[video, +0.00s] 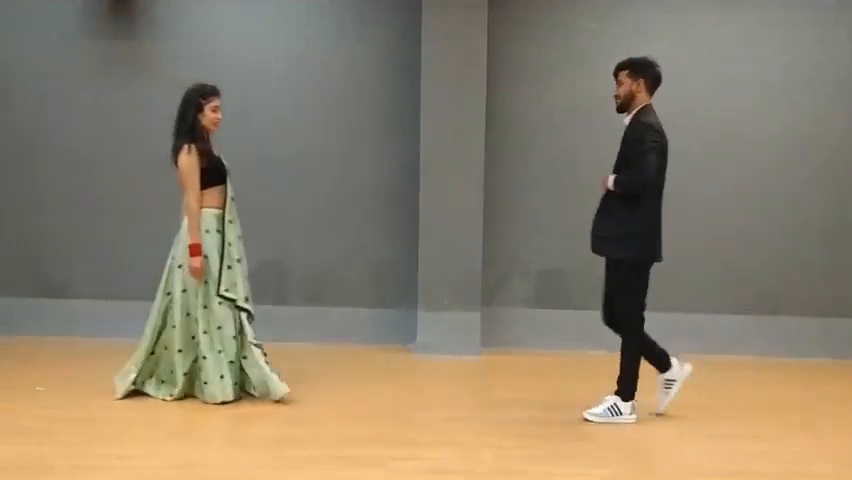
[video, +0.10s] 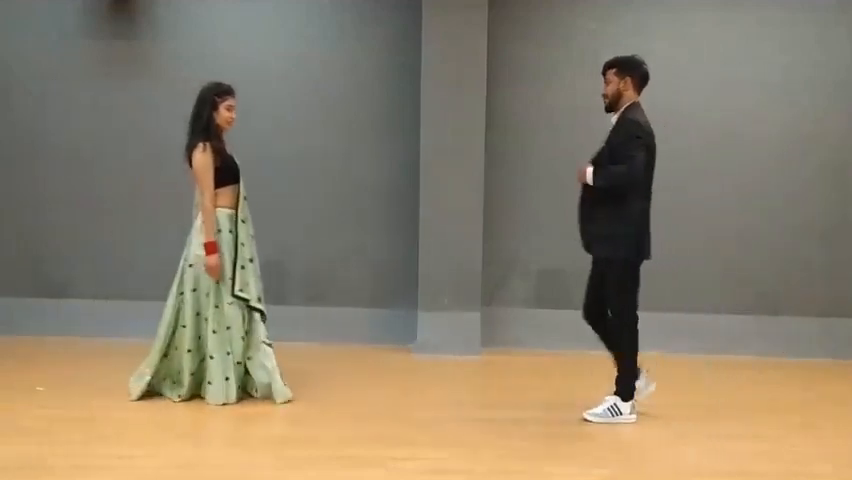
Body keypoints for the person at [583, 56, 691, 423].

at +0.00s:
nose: (616, 90)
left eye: (621, 83)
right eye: (616, 83)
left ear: (640, 85)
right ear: (639, 86)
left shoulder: (647, 128)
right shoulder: (639, 125)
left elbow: (644, 180)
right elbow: (641, 178)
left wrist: (614, 182)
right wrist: (618, 183)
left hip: (635, 242)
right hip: (624, 240)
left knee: (628, 318)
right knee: (615, 314)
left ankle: (624, 401)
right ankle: (670, 367)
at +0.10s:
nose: (603, 88)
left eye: (608, 81)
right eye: (604, 82)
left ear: (627, 83)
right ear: (626, 84)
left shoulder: (635, 125)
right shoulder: (626, 123)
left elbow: (632, 174)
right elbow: (623, 170)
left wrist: (594, 174)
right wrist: (597, 171)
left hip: (624, 242)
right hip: (613, 240)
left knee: (623, 315)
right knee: (595, 312)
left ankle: (623, 401)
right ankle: (633, 374)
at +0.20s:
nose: (590, 88)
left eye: (594, 81)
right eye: (591, 81)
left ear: (613, 83)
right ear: (611, 84)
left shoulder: (621, 122)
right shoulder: (607, 122)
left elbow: (630, 169)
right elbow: (616, 171)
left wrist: (588, 166)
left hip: (616, 239)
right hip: (601, 238)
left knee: (617, 318)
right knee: (580, 308)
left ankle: (624, 401)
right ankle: (593, 390)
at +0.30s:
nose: (577, 90)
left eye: (581, 83)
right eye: (577, 83)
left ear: (600, 84)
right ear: (600, 85)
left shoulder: (611, 121)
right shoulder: (595, 124)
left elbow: (628, 161)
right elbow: (599, 176)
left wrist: (589, 159)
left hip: (605, 241)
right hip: (589, 240)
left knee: (612, 318)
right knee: (569, 313)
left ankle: (623, 400)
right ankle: (552, 393)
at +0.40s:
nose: (563, 93)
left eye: (567, 85)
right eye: (563, 86)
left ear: (584, 86)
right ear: (586, 87)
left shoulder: (600, 121)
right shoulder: (585, 125)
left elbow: (625, 161)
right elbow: (595, 178)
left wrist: (592, 158)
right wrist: (569, 228)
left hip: (595, 240)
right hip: (578, 240)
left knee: (607, 320)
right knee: (557, 315)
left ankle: (622, 401)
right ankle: (524, 390)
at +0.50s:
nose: (546, 94)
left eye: (550, 87)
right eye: (547, 87)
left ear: (567, 87)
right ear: (566, 88)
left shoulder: (588, 122)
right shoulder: (568, 127)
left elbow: (617, 161)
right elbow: (571, 186)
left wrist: (588, 160)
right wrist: (555, 225)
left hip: (582, 241)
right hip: (563, 241)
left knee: (600, 320)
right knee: (542, 317)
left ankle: (621, 399)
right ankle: (514, 393)